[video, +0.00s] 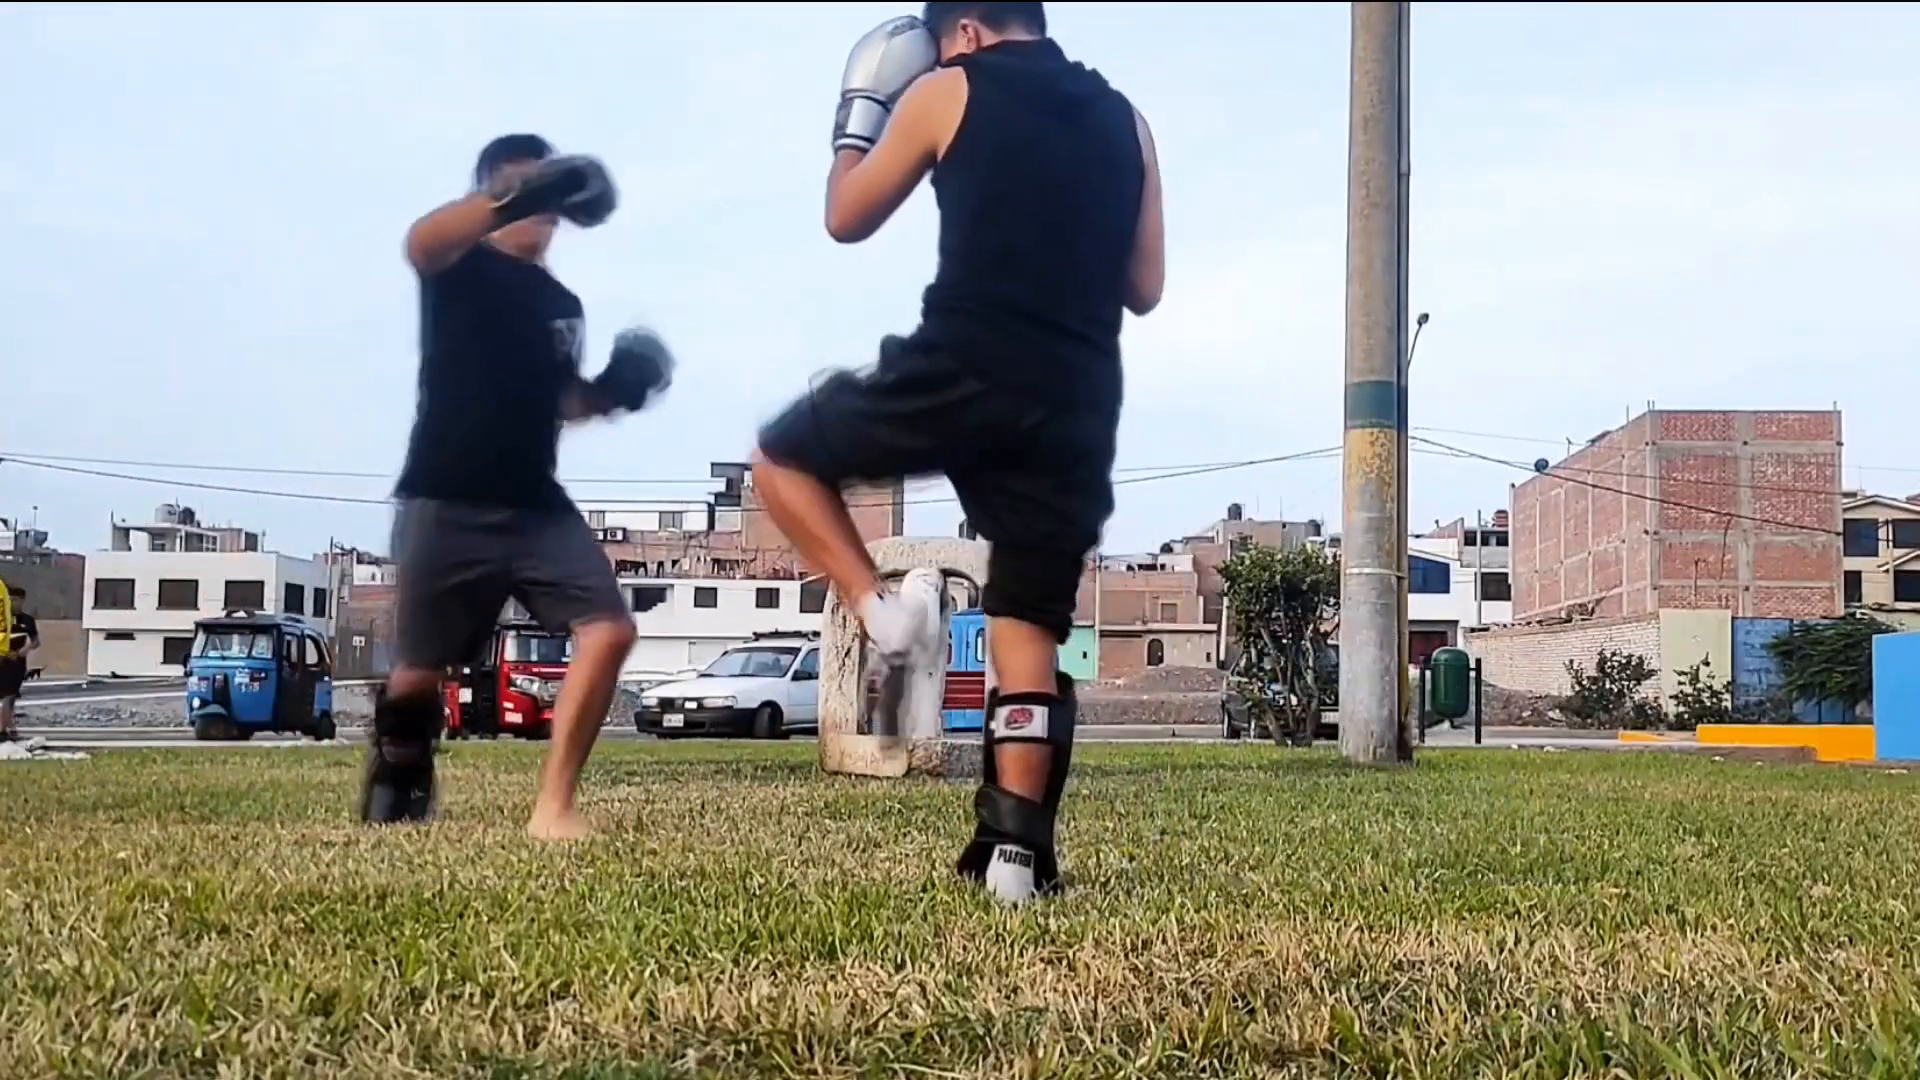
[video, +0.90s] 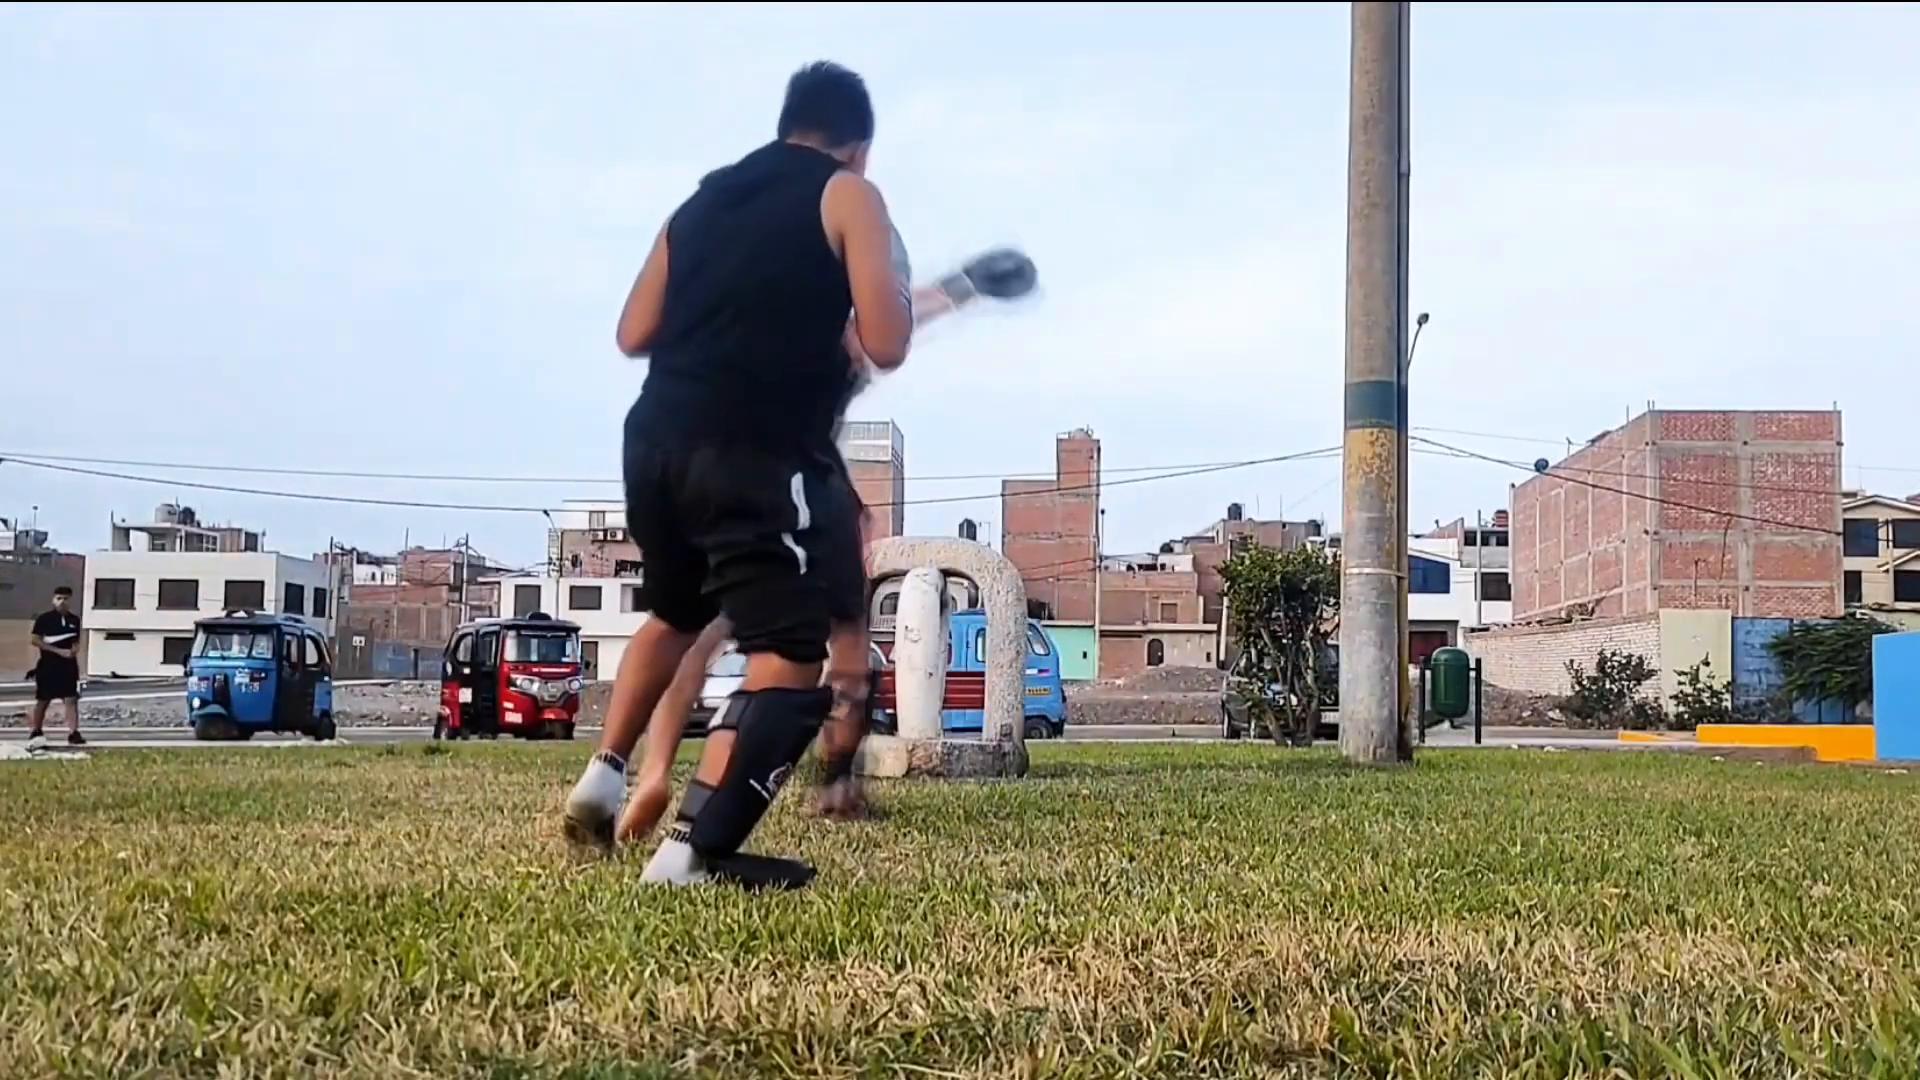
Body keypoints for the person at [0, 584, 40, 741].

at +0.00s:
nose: (13, 603)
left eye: (17, 600)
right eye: (11, 599)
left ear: (22, 601)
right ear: (7, 600)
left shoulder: (27, 620)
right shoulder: (5, 620)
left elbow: (35, 641)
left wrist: (22, 651)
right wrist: (8, 651)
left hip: (17, 661)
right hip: (4, 660)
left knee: (9, 698)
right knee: (8, 698)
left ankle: (4, 729)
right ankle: (10, 729)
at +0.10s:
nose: (17, 604)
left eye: (21, 601)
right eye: (14, 601)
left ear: (27, 603)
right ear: (10, 602)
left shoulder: (33, 621)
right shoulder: (6, 619)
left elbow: (40, 642)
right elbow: (2, 640)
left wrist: (30, 650)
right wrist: (8, 652)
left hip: (24, 661)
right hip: (7, 660)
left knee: (12, 699)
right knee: (15, 697)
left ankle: (3, 729)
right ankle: (26, 730)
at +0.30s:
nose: (26, 604)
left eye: (29, 601)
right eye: (23, 601)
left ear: (36, 603)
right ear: (19, 602)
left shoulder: (43, 620)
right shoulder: (12, 621)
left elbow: (50, 641)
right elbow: (3, 643)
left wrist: (42, 650)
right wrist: (22, 654)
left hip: (37, 661)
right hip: (19, 662)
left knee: (31, 699)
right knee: (28, 699)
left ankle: (9, 728)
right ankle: (33, 733)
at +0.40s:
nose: (31, 603)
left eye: (34, 599)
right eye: (27, 599)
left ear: (40, 601)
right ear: (23, 601)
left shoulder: (47, 618)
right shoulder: (18, 618)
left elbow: (54, 638)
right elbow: (7, 640)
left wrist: (50, 648)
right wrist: (30, 651)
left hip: (43, 661)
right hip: (25, 662)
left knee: (47, 699)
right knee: (30, 699)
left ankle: (22, 719)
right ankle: (33, 732)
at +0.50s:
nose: (35, 601)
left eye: (39, 598)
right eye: (32, 598)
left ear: (45, 599)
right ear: (28, 599)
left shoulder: (51, 617)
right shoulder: (22, 617)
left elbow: (58, 637)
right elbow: (14, 639)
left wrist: (55, 648)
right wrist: (39, 649)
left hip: (47, 662)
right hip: (29, 663)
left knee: (56, 696)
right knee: (31, 699)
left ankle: (38, 720)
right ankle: (33, 734)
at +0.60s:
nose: (42, 601)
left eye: (45, 598)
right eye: (38, 598)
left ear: (51, 599)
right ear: (34, 599)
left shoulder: (56, 617)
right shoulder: (26, 617)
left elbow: (61, 637)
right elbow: (19, 639)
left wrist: (60, 647)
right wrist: (45, 649)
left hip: (52, 663)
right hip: (33, 664)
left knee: (62, 694)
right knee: (33, 699)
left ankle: (53, 727)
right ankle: (34, 732)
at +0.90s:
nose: (61, 602)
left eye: (64, 599)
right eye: (58, 598)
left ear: (69, 601)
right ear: (53, 599)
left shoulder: (74, 620)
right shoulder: (44, 618)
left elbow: (76, 640)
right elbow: (35, 639)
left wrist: (74, 649)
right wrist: (60, 651)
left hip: (68, 664)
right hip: (48, 664)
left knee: (71, 699)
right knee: (43, 700)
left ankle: (73, 732)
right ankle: (36, 731)